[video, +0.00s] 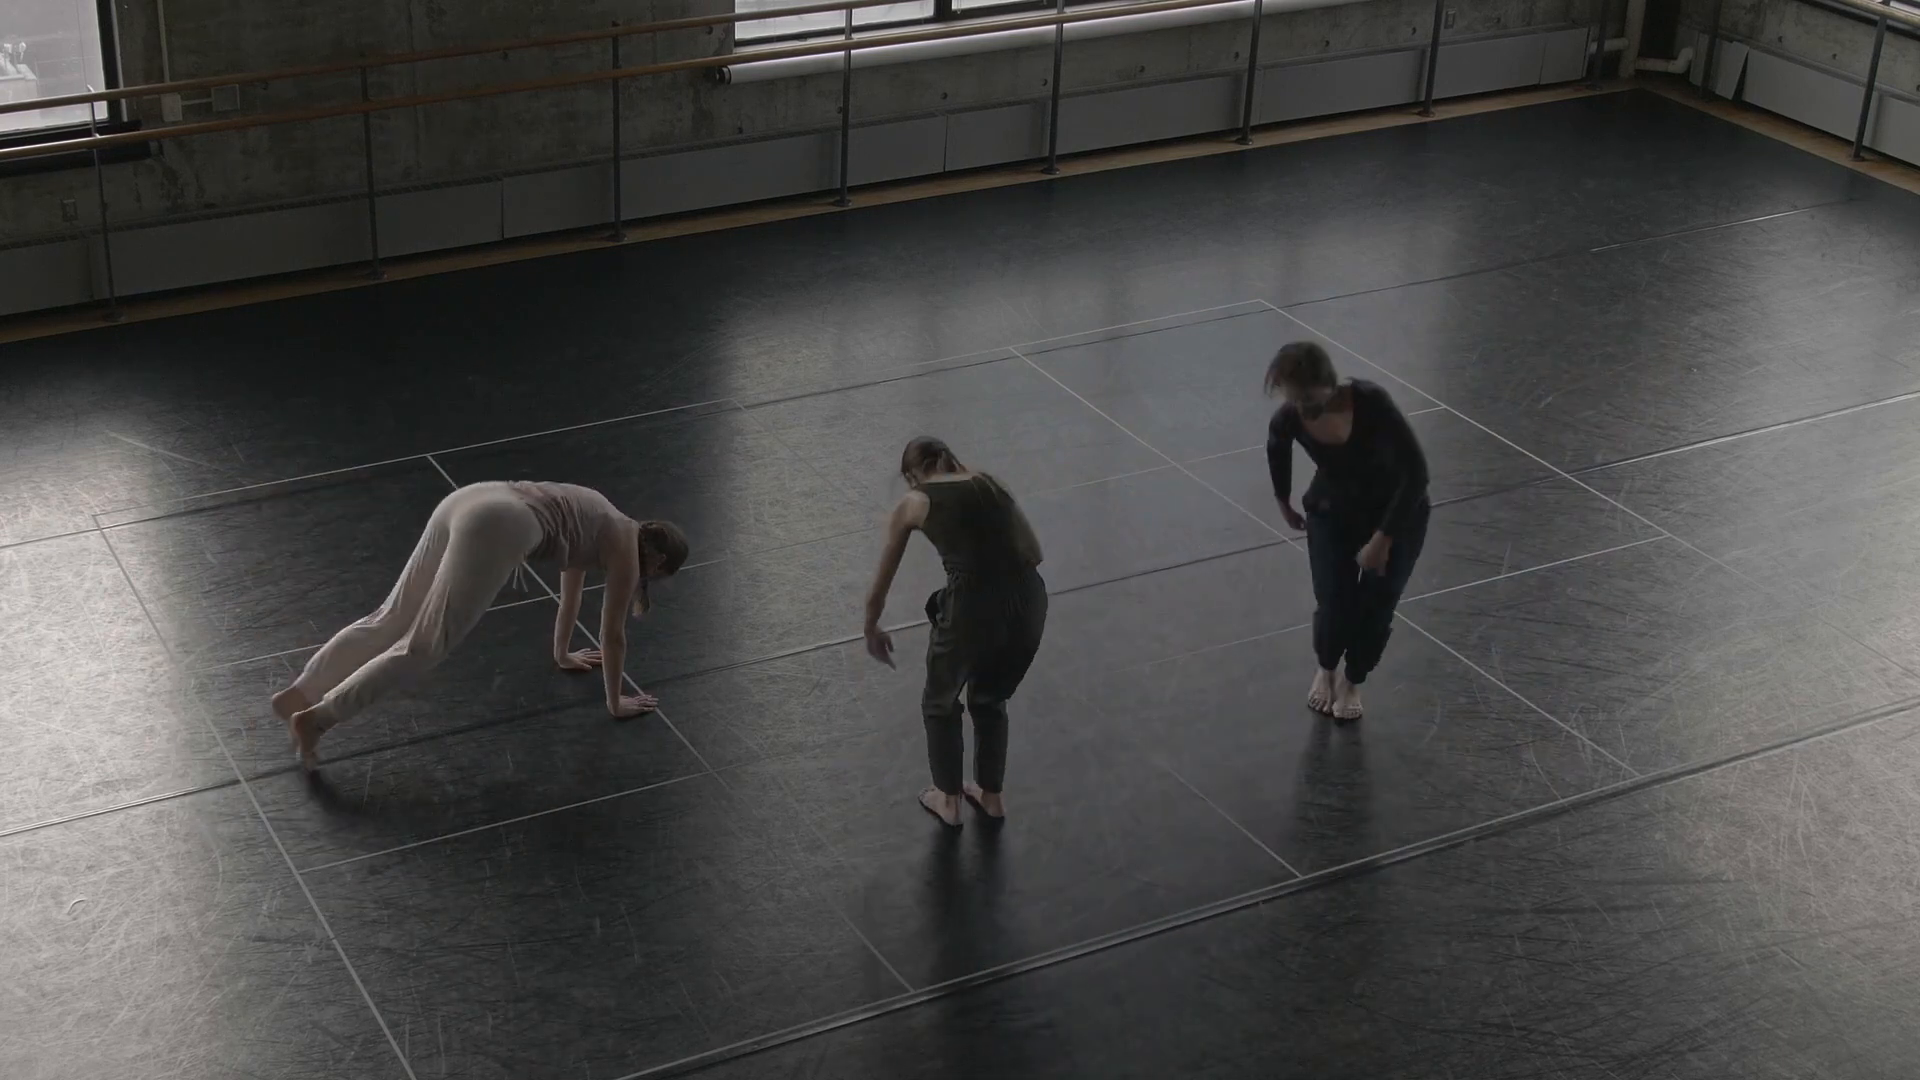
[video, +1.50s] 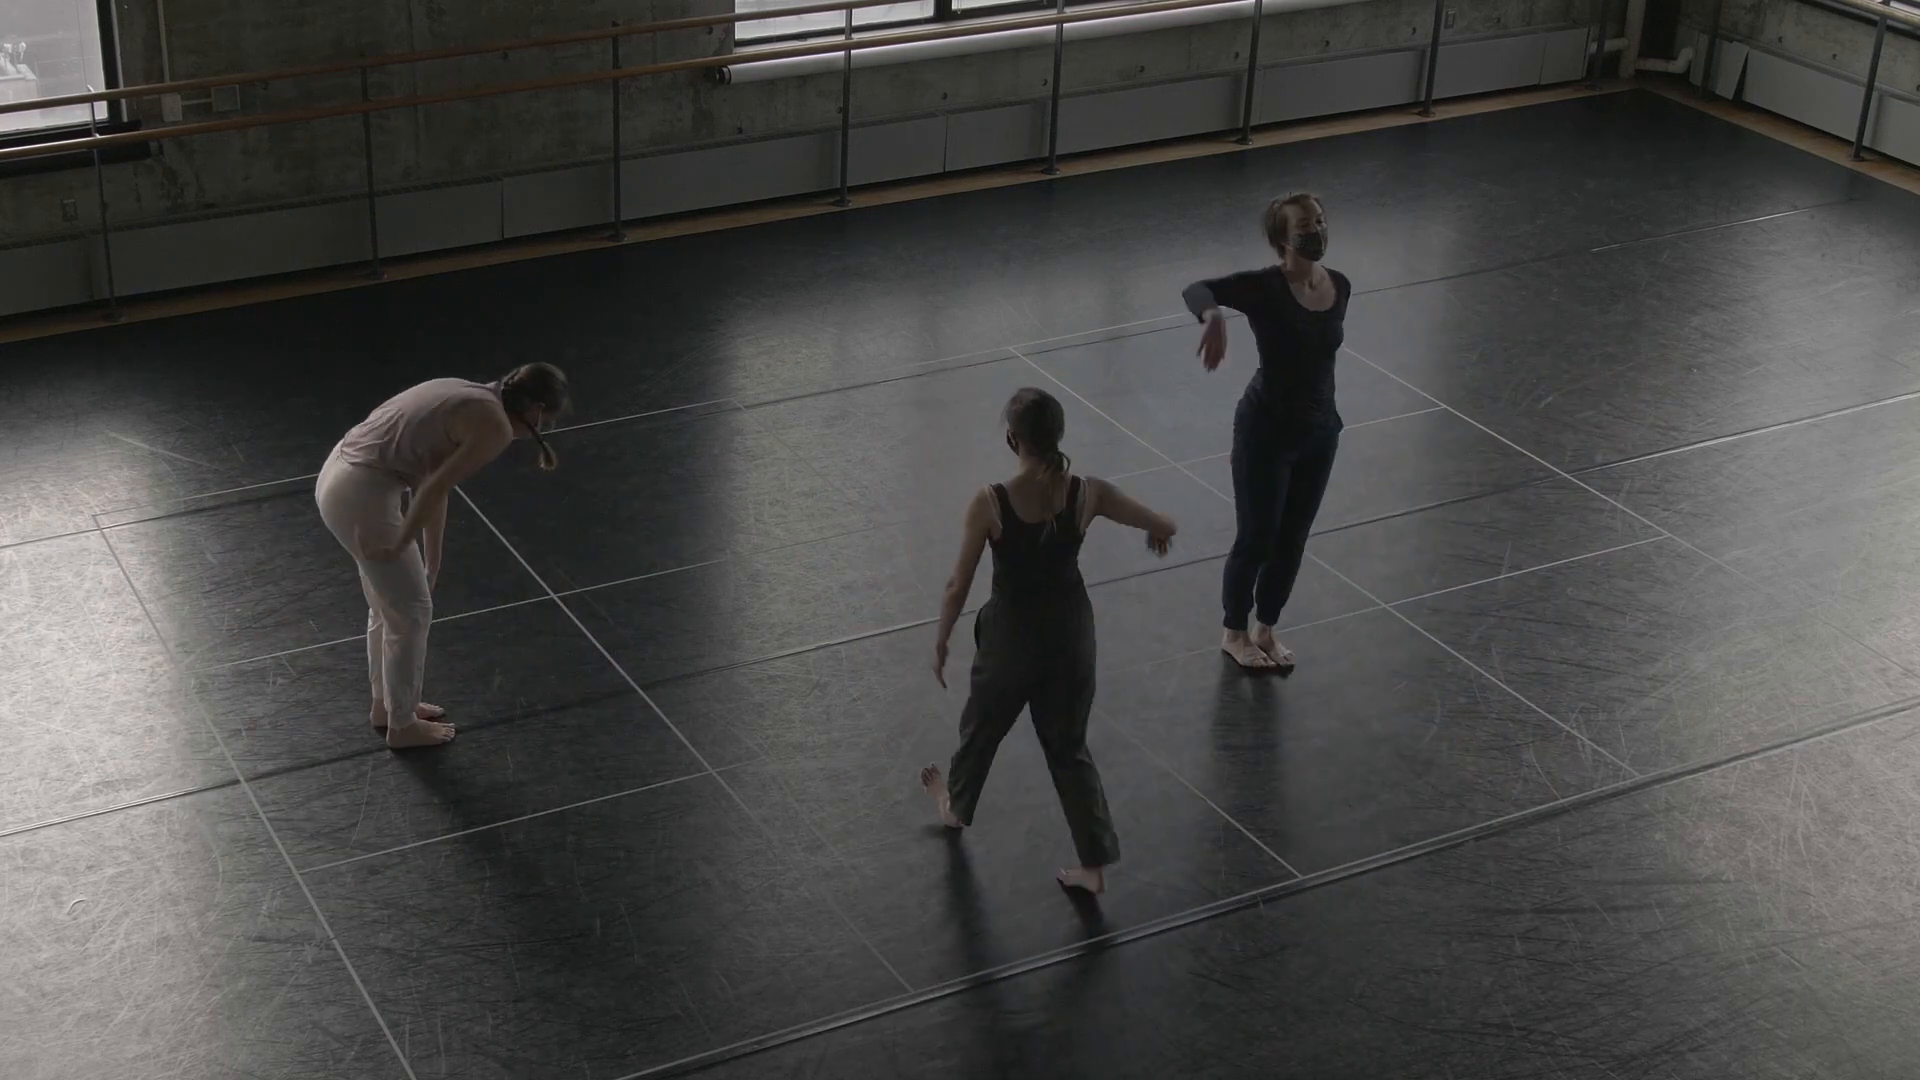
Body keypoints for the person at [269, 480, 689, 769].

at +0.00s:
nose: (648, 583)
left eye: (656, 577)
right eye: (658, 575)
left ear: (645, 543)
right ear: (655, 555)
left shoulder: (588, 525)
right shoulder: (625, 537)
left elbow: (569, 601)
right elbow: (615, 632)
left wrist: (562, 656)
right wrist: (617, 700)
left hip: (463, 500)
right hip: (502, 519)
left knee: (388, 619)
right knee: (423, 649)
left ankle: (298, 691)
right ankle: (317, 717)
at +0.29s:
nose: (611, 588)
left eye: (618, 586)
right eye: (618, 582)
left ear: (614, 543)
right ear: (619, 567)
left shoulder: (560, 525)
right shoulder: (590, 548)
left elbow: (546, 597)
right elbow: (597, 643)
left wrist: (560, 655)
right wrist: (614, 702)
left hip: (428, 513)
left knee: (505, 599)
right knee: (530, 624)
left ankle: (422, 669)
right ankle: (433, 694)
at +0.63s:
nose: (573, 606)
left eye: (580, 602)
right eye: (579, 600)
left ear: (559, 557)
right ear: (573, 586)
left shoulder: (510, 545)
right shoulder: (536, 585)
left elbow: (524, 618)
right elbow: (566, 667)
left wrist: (566, 657)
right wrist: (612, 703)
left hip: (380, 618)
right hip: (408, 647)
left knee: (507, 626)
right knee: (532, 647)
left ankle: (414, 679)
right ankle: (427, 703)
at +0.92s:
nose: (551, 573)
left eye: (556, 568)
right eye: (556, 565)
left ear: (532, 525)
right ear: (547, 549)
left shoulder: (490, 524)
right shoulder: (509, 546)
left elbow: (520, 604)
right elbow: (563, 623)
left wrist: (563, 648)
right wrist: (617, 665)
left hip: (346, 557)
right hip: (369, 582)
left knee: (472, 596)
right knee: (485, 620)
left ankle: (399, 686)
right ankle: (414, 717)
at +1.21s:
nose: (548, 498)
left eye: (554, 491)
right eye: (552, 489)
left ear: (521, 454)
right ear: (543, 480)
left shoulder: (474, 467)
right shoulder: (512, 493)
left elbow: (464, 563)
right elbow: (499, 582)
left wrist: (469, 638)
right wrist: (507, 649)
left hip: (339, 507)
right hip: (362, 523)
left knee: (421, 603)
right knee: (447, 621)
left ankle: (389, 702)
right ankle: (406, 726)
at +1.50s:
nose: (543, 427)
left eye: (549, 419)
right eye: (546, 417)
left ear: (512, 387)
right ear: (534, 407)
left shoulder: (471, 397)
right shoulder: (495, 427)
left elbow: (435, 488)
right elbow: (433, 487)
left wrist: (433, 564)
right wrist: (400, 544)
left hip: (342, 477)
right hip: (365, 492)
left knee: (387, 607)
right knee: (412, 611)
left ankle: (386, 706)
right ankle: (403, 726)